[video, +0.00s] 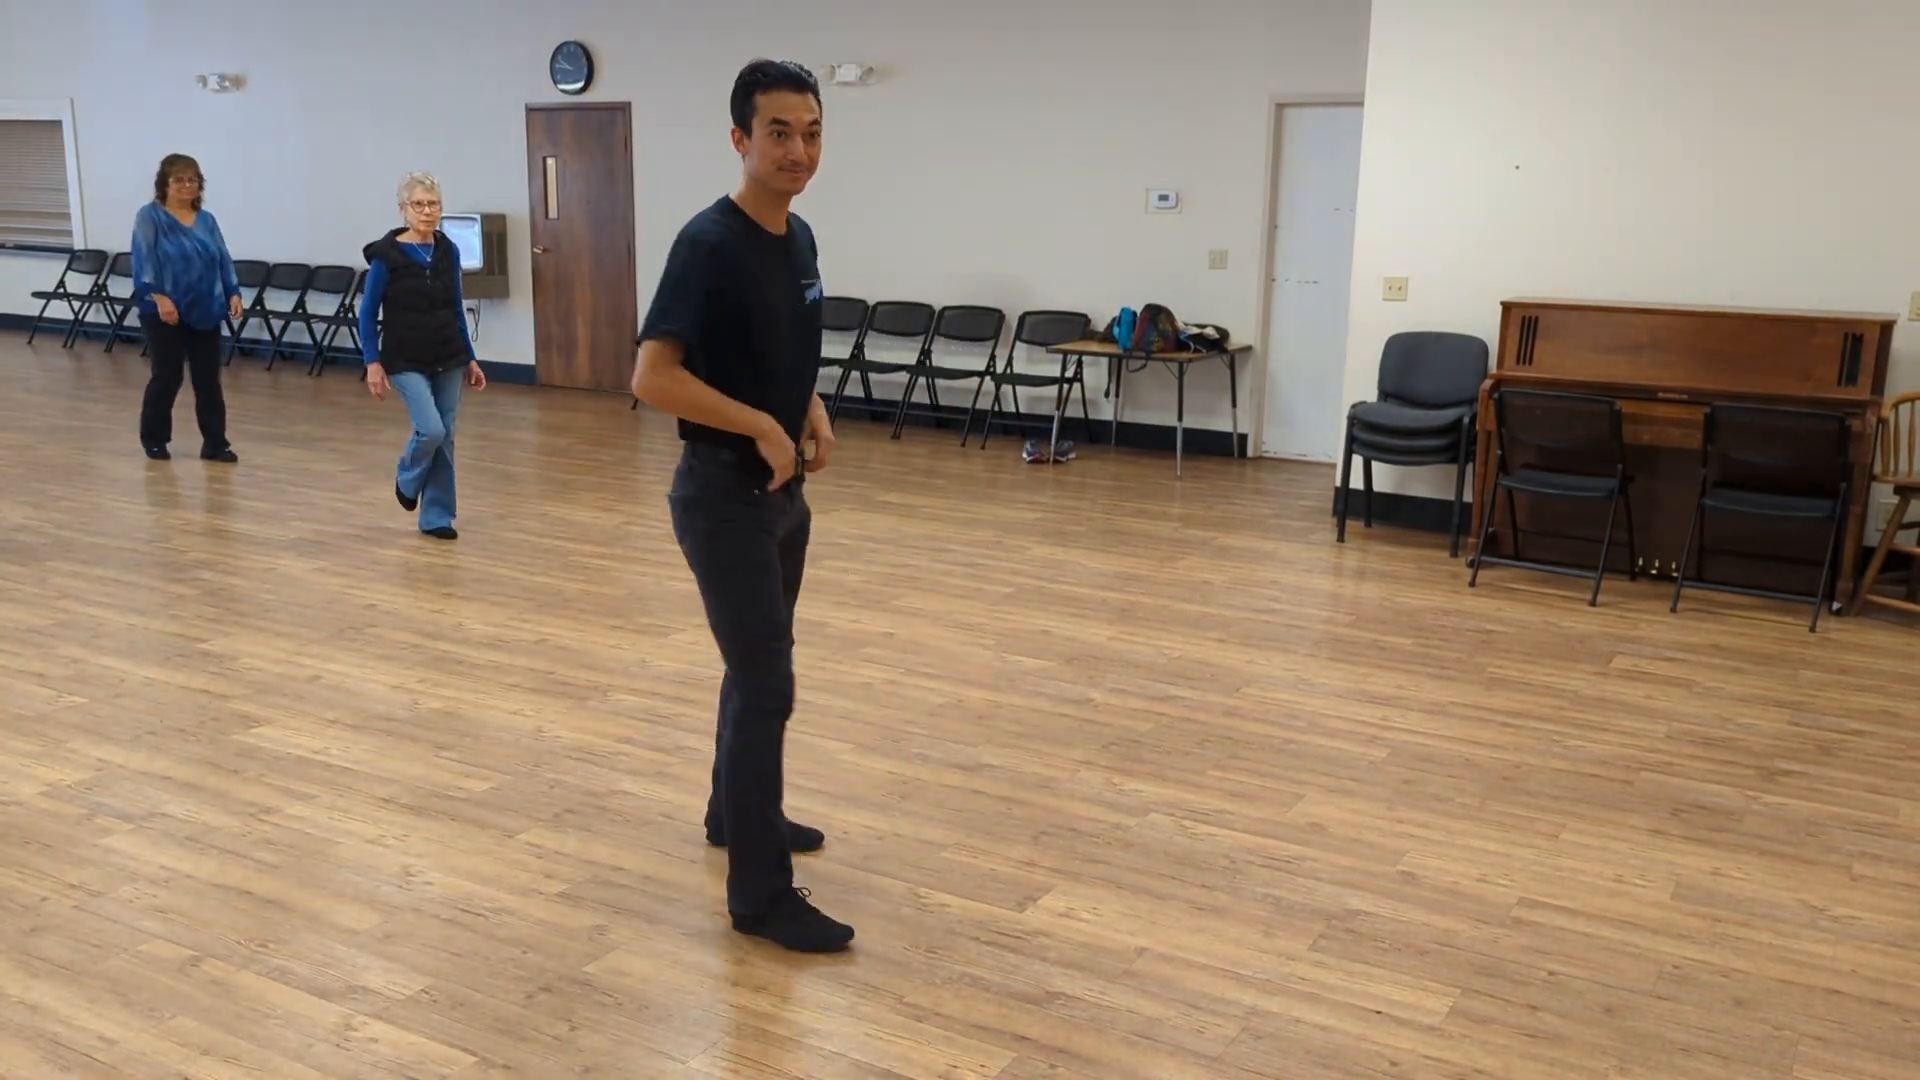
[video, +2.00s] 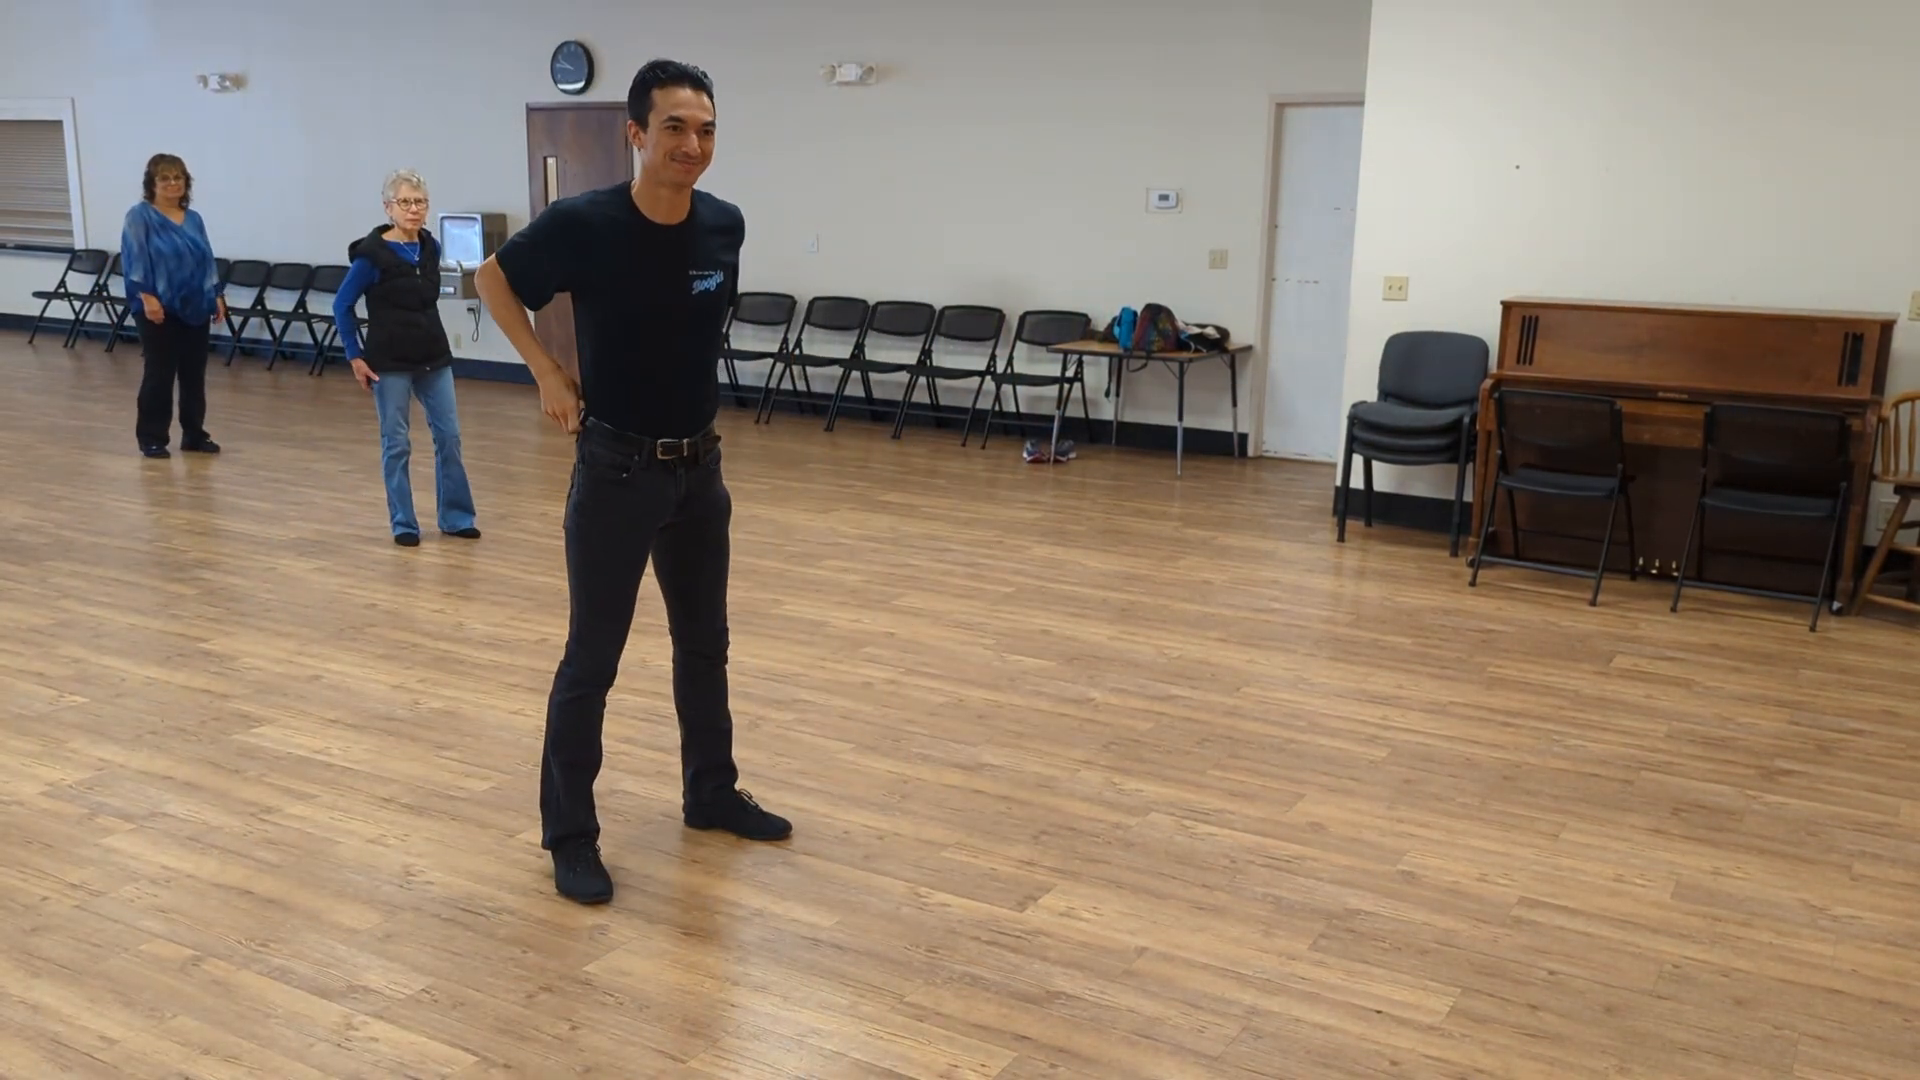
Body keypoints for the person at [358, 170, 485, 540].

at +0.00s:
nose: (427, 211)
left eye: (433, 204)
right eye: (419, 205)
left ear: (440, 209)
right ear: (404, 209)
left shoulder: (448, 250)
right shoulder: (387, 253)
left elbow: (457, 310)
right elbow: (367, 312)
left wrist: (469, 359)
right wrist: (372, 362)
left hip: (449, 357)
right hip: (404, 359)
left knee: (445, 436)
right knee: (433, 431)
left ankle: (437, 517)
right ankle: (409, 477)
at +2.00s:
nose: (415, 209)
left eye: (420, 202)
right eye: (406, 203)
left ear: (427, 208)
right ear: (389, 207)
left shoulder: (429, 247)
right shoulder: (373, 254)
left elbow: (424, 300)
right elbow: (342, 305)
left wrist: (428, 341)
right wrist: (355, 357)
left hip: (433, 357)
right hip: (390, 361)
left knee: (449, 436)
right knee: (397, 444)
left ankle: (456, 517)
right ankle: (404, 524)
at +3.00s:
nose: (449, 210)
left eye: (455, 203)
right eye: (441, 204)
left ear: (462, 208)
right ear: (425, 209)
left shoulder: (467, 250)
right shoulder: (409, 254)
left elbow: (473, 303)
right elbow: (384, 309)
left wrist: (487, 346)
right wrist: (395, 358)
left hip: (470, 360)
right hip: (427, 363)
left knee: (462, 440)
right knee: (430, 444)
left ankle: (457, 518)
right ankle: (410, 524)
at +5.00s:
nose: (433, 206)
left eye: (439, 199)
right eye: (424, 200)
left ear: (445, 203)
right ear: (406, 205)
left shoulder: (448, 246)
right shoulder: (393, 252)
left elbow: (451, 304)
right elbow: (367, 309)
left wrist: (471, 348)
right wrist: (382, 359)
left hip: (454, 357)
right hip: (411, 360)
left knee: (457, 441)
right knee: (411, 446)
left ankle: (464, 521)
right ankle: (411, 526)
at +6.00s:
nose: (459, 209)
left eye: (465, 202)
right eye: (450, 203)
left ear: (471, 206)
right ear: (434, 208)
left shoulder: (475, 248)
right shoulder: (419, 254)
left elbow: (480, 306)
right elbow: (400, 314)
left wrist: (504, 353)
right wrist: (411, 366)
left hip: (481, 358)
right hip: (441, 362)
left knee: (474, 441)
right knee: (459, 441)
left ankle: (469, 520)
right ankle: (441, 519)